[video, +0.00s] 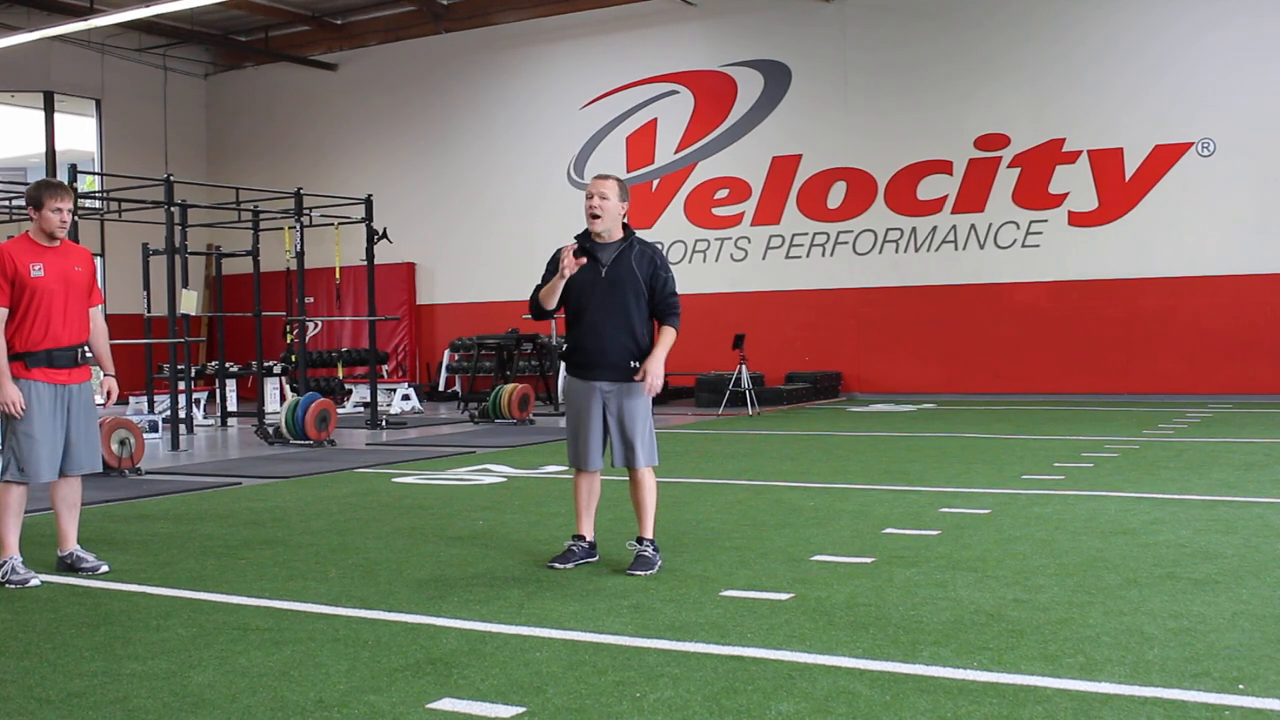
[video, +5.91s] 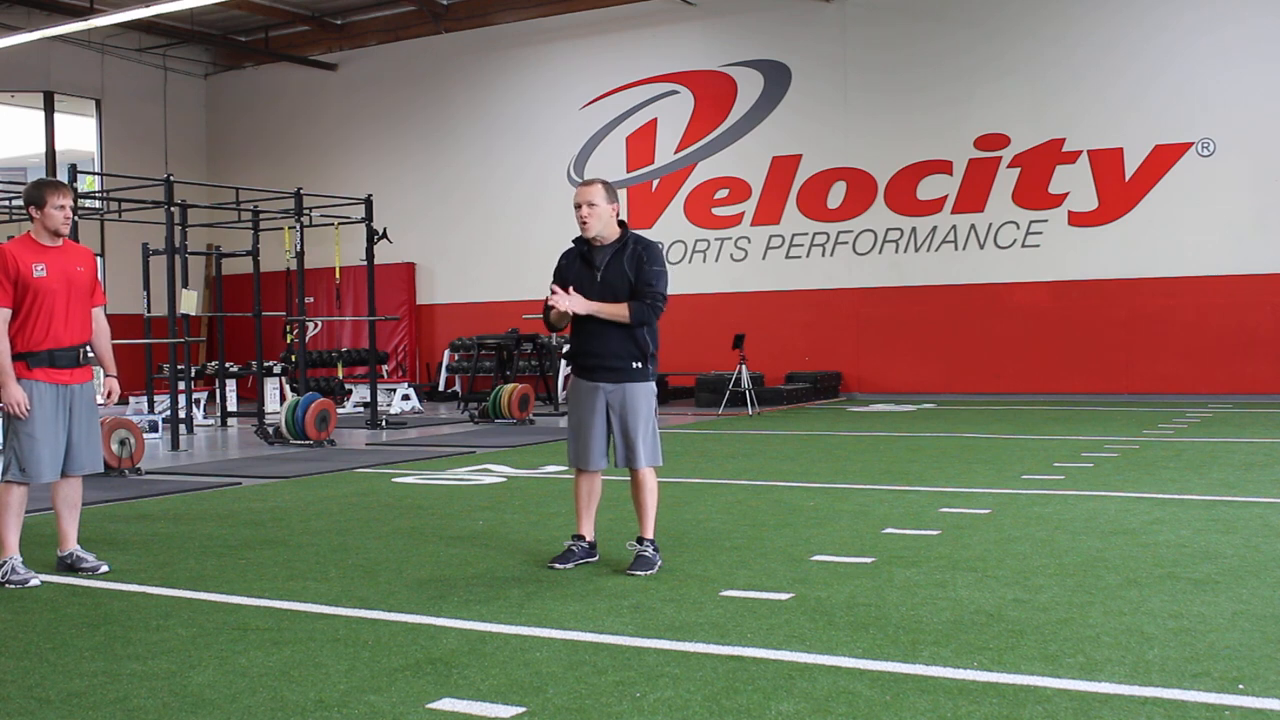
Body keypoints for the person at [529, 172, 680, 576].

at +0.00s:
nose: (592, 203)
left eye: (602, 198)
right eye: (589, 197)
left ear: (623, 208)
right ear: (584, 205)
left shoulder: (649, 257)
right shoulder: (567, 256)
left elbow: (671, 315)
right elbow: (539, 310)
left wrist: (657, 358)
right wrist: (560, 277)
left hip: (632, 380)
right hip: (581, 379)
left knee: (639, 463)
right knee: (585, 463)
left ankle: (646, 544)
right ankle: (583, 542)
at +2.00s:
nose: (595, 202)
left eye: (603, 196)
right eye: (590, 197)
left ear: (625, 204)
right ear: (586, 206)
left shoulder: (651, 258)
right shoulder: (572, 257)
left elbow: (671, 320)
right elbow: (539, 307)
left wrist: (672, 375)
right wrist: (504, 285)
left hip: (631, 380)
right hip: (580, 379)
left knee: (639, 464)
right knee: (584, 463)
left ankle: (646, 544)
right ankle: (583, 542)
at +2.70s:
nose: (594, 204)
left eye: (602, 197)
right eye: (588, 199)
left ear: (622, 204)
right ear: (583, 208)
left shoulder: (649, 255)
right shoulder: (570, 257)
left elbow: (673, 312)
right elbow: (539, 309)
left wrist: (654, 335)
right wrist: (528, 296)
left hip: (632, 379)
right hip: (582, 377)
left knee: (639, 463)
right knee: (585, 462)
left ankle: (646, 544)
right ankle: (583, 542)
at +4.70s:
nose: (590, 208)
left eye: (598, 201)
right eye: (587, 202)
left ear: (622, 207)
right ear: (586, 208)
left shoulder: (653, 256)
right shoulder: (572, 259)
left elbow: (678, 315)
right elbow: (548, 322)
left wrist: (651, 311)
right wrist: (557, 309)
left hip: (635, 381)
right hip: (584, 379)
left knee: (641, 463)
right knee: (586, 464)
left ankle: (646, 544)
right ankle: (584, 542)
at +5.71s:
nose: (586, 209)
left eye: (594, 202)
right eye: (582, 204)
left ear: (618, 206)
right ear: (579, 211)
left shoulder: (648, 253)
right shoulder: (571, 258)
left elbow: (659, 311)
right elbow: (551, 323)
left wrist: (605, 288)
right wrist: (553, 308)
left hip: (634, 379)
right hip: (585, 377)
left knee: (641, 462)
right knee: (586, 461)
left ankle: (646, 544)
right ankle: (584, 541)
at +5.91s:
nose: (582, 214)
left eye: (590, 206)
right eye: (578, 207)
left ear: (614, 209)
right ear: (575, 213)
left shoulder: (646, 253)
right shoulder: (571, 260)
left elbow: (648, 311)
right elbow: (554, 323)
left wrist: (588, 306)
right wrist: (559, 310)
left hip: (634, 379)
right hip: (586, 378)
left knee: (641, 462)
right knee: (586, 462)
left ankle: (646, 544)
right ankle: (584, 541)